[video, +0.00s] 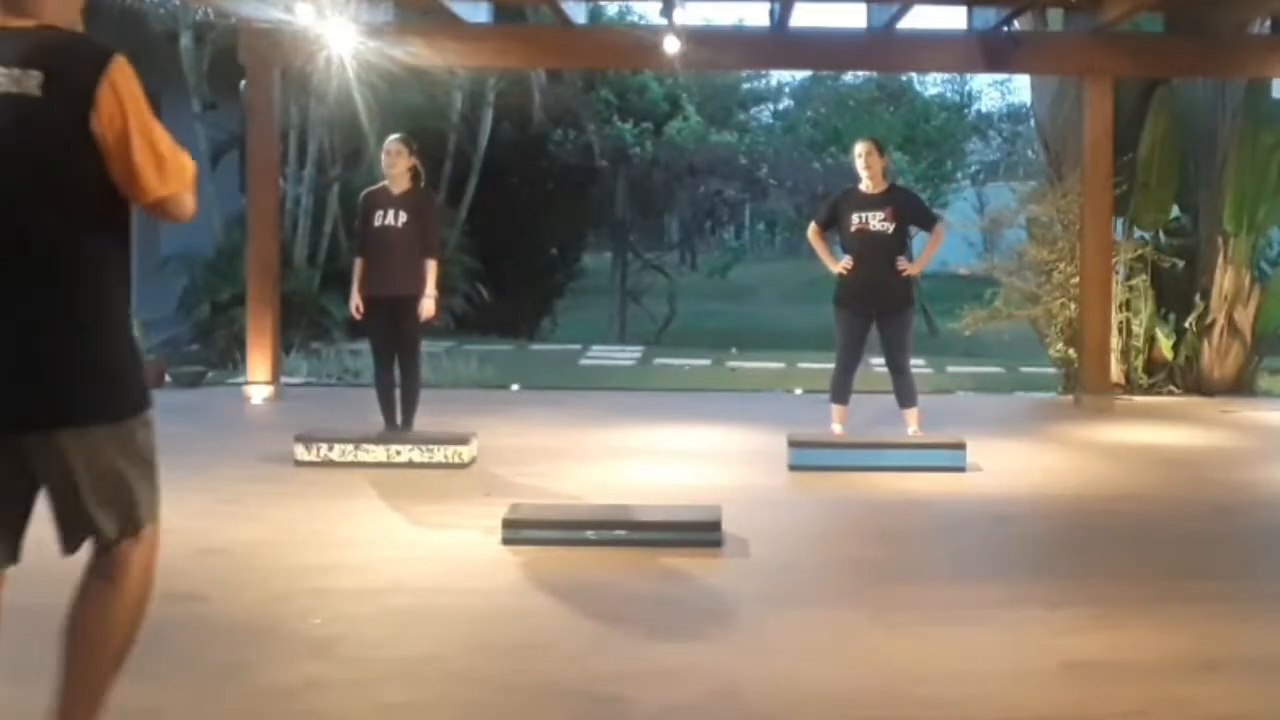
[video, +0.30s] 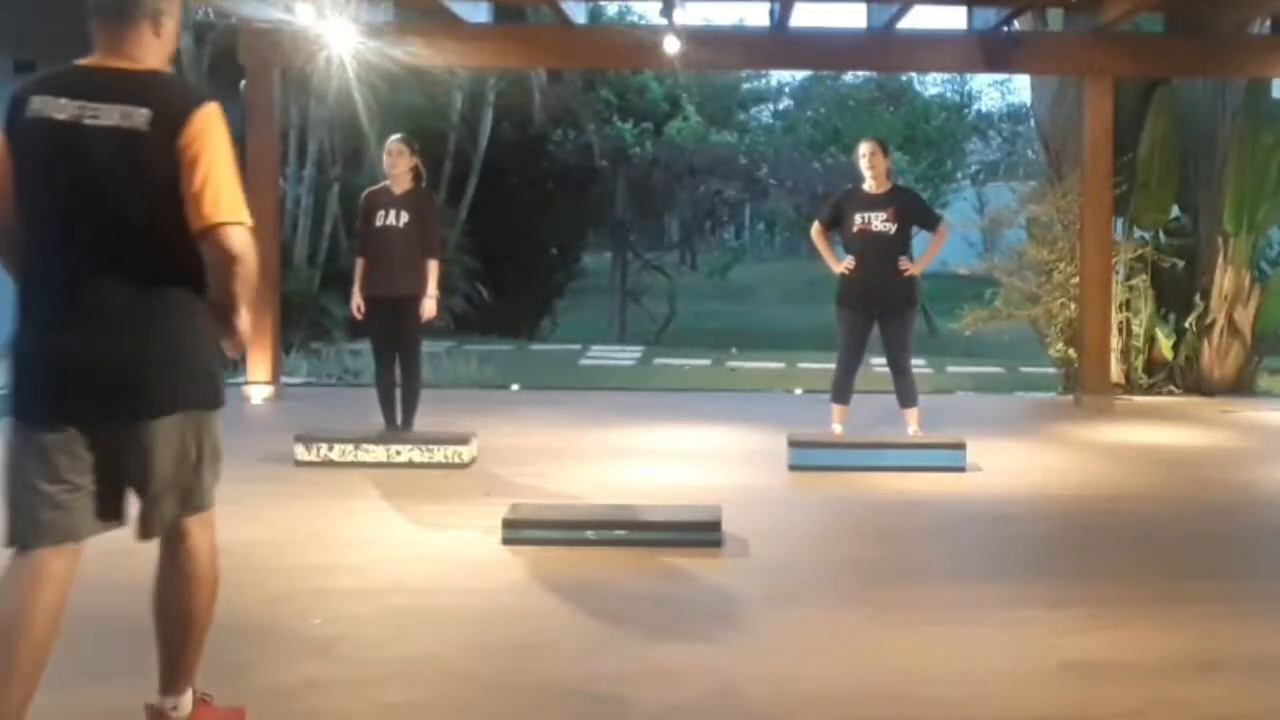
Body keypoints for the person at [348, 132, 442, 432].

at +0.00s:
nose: (389, 159)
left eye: (396, 154)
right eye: (386, 153)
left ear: (411, 160)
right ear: (381, 158)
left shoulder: (424, 199)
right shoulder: (370, 198)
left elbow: (431, 250)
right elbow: (361, 248)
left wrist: (429, 292)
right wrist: (355, 289)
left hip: (409, 295)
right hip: (376, 295)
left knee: (409, 363)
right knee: (382, 363)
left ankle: (407, 424)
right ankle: (389, 423)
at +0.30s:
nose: (391, 160)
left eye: (398, 154)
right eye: (387, 154)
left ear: (413, 160)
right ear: (382, 158)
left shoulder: (424, 199)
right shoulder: (371, 198)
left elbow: (432, 250)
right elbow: (362, 248)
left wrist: (431, 293)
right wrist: (356, 289)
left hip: (410, 295)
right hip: (377, 295)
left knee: (410, 363)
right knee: (383, 364)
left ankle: (407, 424)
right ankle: (389, 424)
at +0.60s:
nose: (392, 160)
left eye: (400, 155)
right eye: (390, 154)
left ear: (416, 160)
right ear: (384, 158)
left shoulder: (428, 200)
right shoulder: (373, 198)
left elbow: (435, 250)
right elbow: (363, 248)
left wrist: (433, 293)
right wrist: (358, 288)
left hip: (413, 296)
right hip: (379, 295)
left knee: (412, 364)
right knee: (384, 364)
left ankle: (407, 424)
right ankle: (390, 423)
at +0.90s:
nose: (395, 161)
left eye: (402, 156)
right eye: (392, 155)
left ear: (418, 161)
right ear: (387, 159)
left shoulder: (429, 199)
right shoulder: (375, 197)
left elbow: (436, 250)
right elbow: (365, 249)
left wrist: (434, 293)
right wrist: (359, 290)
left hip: (413, 296)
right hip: (380, 295)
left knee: (412, 362)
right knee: (385, 362)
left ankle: (407, 423)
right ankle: (390, 423)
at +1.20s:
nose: (398, 169)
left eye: (404, 163)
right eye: (394, 163)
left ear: (419, 163)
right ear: (389, 165)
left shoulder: (433, 201)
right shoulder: (378, 198)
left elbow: (439, 251)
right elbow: (368, 249)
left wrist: (437, 293)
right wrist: (362, 291)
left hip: (415, 296)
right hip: (381, 295)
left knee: (412, 363)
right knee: (384, 362)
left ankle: (407, 423)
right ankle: (389, 423)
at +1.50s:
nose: (403, 175)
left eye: (408, 169)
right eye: (398, 169)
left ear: (422, 166)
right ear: (392, 168)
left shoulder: (436, 203)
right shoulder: (384, 199)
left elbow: (443, 252)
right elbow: (376, 249)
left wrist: (442, 294)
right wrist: (365, 288)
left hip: (420, 291)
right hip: (384, 288)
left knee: (418, 359)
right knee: (376, 355)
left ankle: (409, 421)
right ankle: (376, 417)